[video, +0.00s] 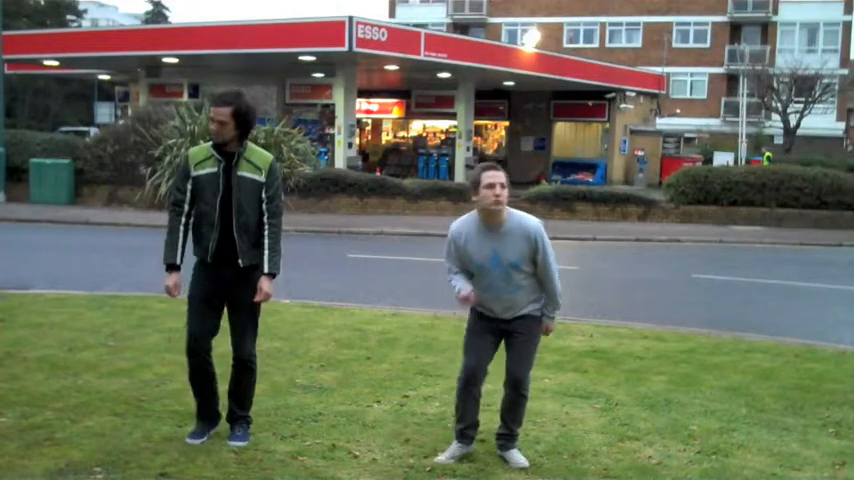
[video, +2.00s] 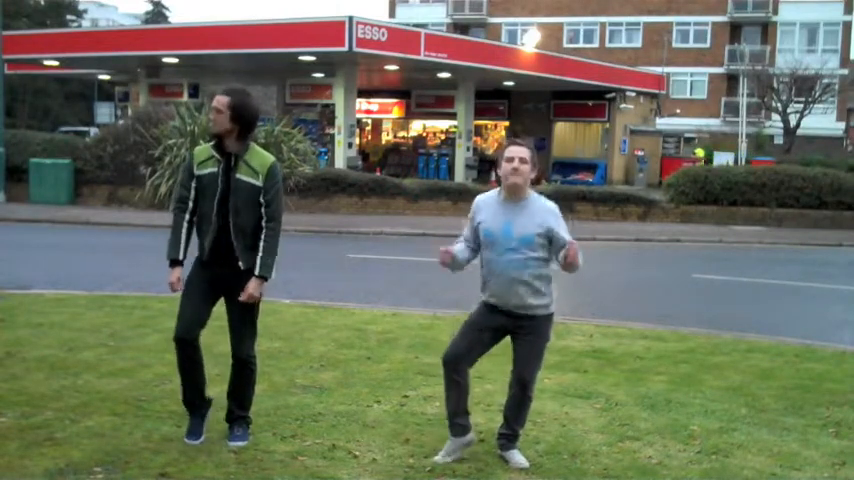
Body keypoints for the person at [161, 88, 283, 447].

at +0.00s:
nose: (213, 127)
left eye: (221, 122)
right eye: (211, 120)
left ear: (241, 125)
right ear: (210, 120)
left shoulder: (265, 166)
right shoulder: (194, 160)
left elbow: (273, 222)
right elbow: (178, 214)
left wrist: (268, 273)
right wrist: (172, 267)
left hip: (247, 273)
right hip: (206, 269)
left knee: (244, 352)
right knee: (196, 345)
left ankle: (240, 420)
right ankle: (207, 417)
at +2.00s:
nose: (211, 116)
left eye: (218, 112)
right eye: (211, 110)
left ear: (238, 119)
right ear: (216, 117)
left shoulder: (266, 166)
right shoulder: (198, 157)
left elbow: (272, 226)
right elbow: (182, 211)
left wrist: (260, 276)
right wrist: (176, 262)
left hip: (244, 272)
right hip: (205, 267)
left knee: (243, 352)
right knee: (184, 335)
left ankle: (239, 420)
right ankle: (196, 408)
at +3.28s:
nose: (221, 114)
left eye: (223, 108)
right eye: (213, 109)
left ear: (227, 113)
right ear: (193, 115)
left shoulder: (243, 156)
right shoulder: (173, 162)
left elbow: (256, 213)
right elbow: (164, 221)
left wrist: (260, 260)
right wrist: (173, 275)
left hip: (240, 267)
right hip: (198, 270)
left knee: (245, 343)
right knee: (202, 348)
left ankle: (239, 420)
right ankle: (205, 419)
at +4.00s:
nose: (242, 116)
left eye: (245, 110)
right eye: (234, 110)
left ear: (248, 115)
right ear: (214, 115)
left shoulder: (260, 158)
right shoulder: (188, 156)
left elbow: (266, 214)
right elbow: (168, 211)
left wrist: (262, 264)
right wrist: (174, 263)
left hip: (245, 268)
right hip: (205, 267)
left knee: (243, 348)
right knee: (206, 347)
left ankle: (240, 420)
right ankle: (205, 418)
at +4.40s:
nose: (242, 120)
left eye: (249, 115)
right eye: (236, 113)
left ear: (259, 120)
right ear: (224, 114)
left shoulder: (273, 160)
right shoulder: (203, 151)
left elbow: (279, 213)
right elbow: (186, 205)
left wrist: (257, 252)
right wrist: (195, 253)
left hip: (247, 264)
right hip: (208, 263)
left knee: (244, 347)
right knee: (204, 341)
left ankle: (240, 420)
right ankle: (200, 416)